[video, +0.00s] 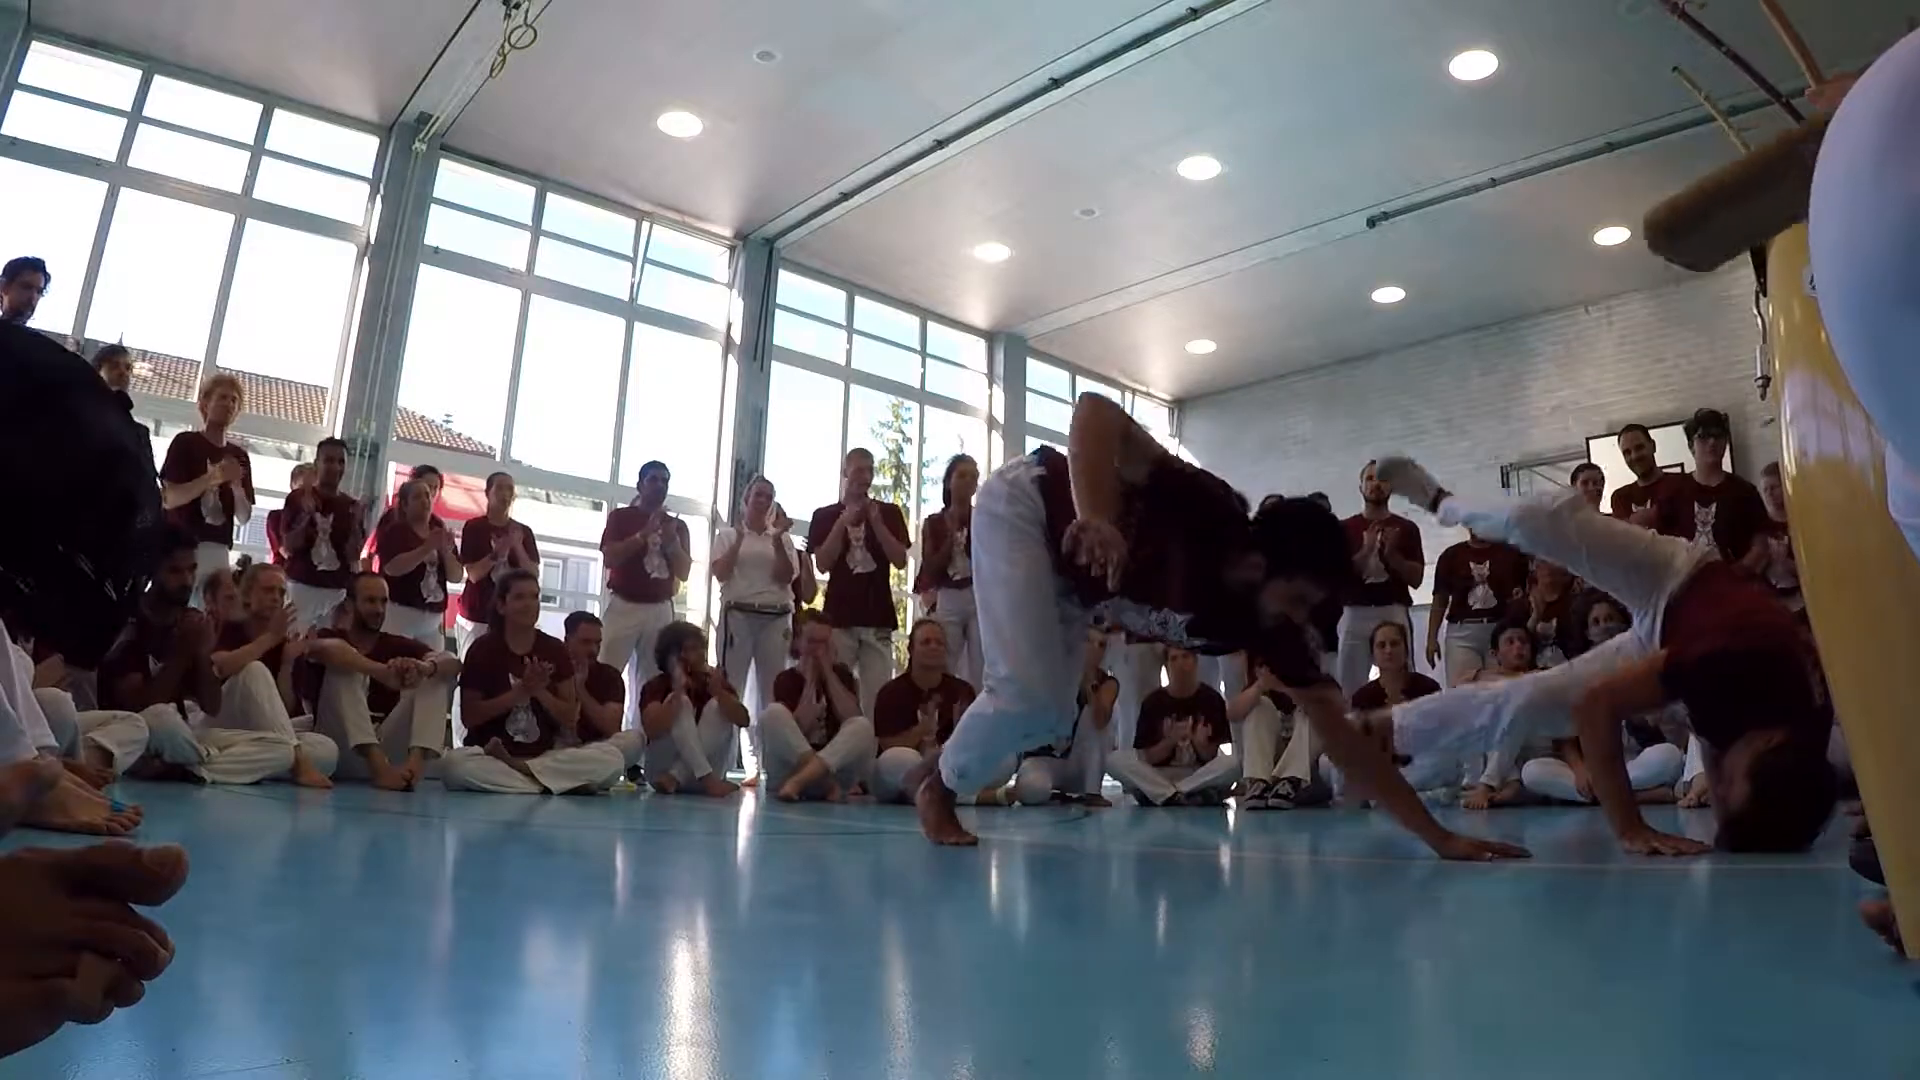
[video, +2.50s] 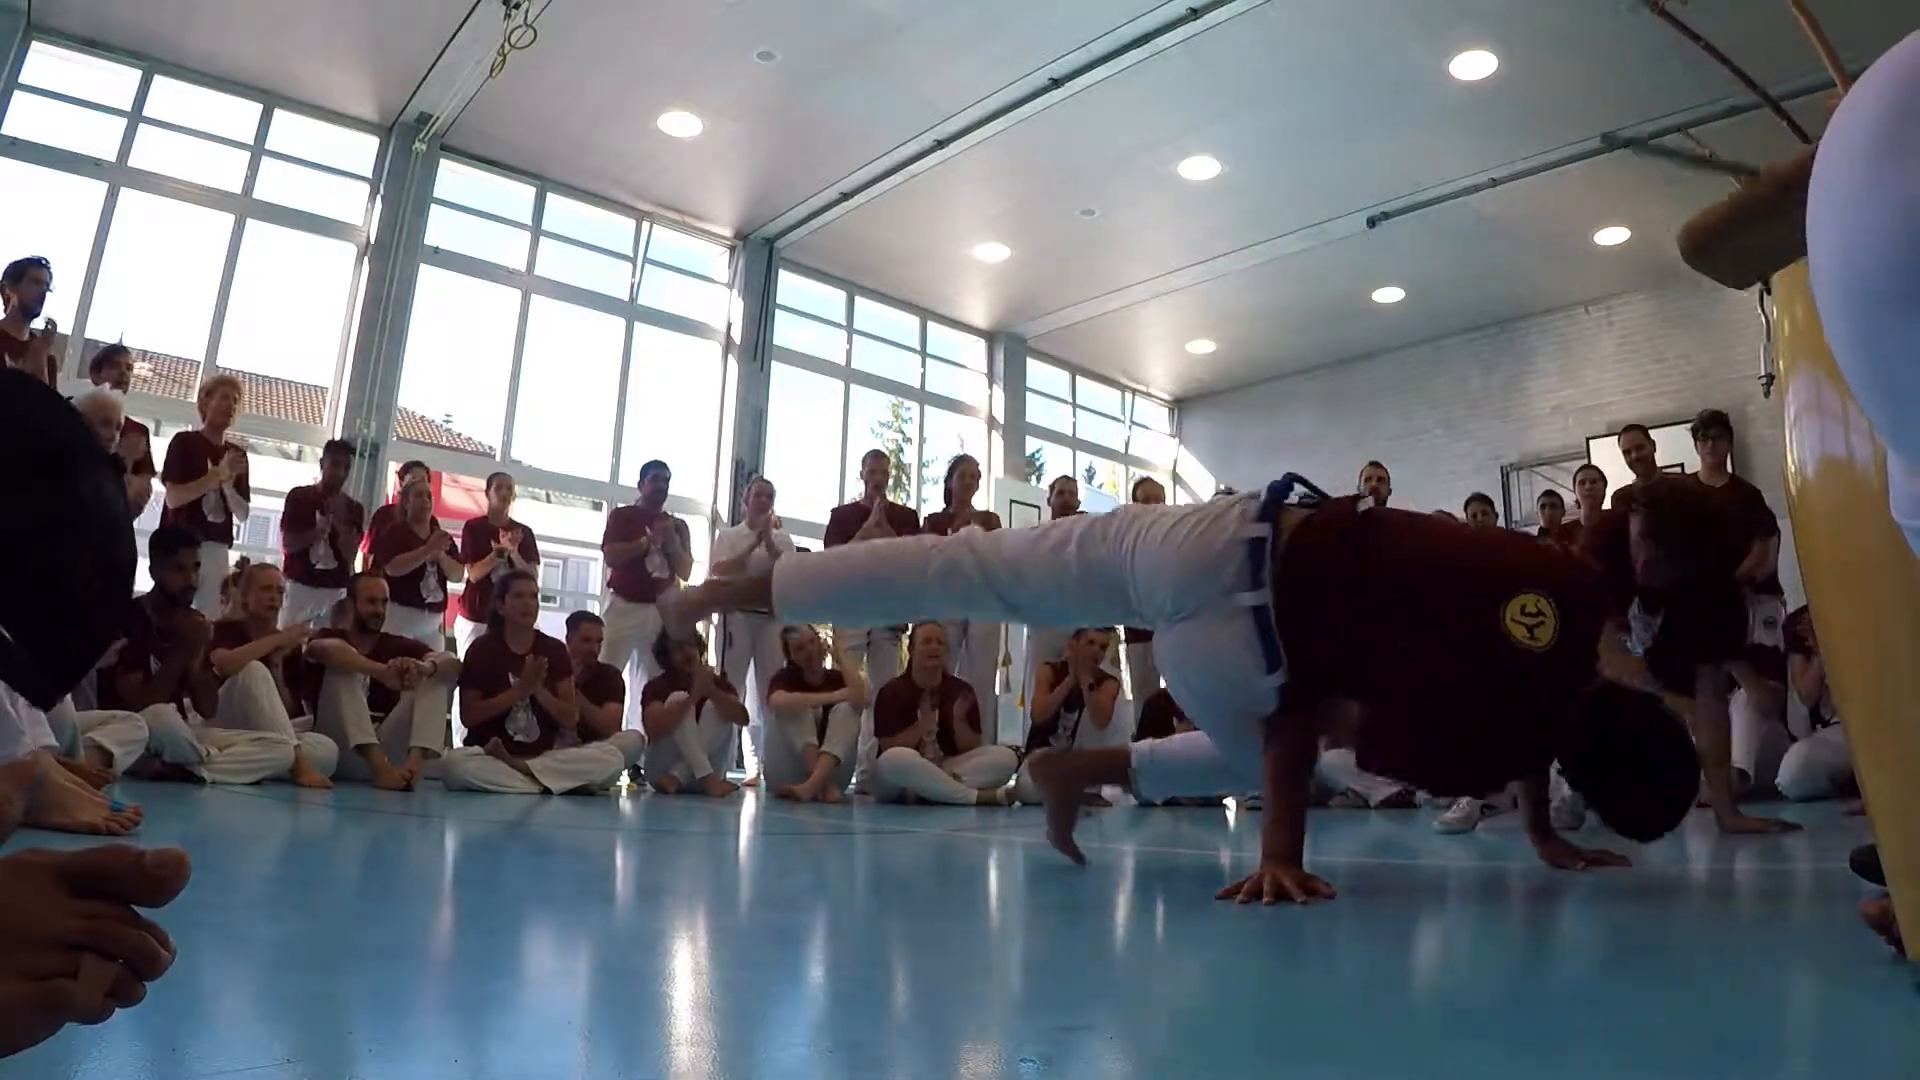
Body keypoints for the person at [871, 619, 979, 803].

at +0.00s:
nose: (933, 648)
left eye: (939, 643)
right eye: (925, 643)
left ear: (946, 650)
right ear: (910, 650)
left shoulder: (963, 691)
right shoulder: (891, 692)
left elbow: (972, 742)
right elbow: (886, 745)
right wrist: (921, 730)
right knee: (895, 758)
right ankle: (987, 797)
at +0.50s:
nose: (934, 647)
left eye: (939, 643)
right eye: (926, 643)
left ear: (946, 650)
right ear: (911, 651)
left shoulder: (962, 690)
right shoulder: (891, 693)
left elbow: (971, 743)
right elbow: (889, 748)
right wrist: (922, 729)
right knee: (895, 759)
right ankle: (976, 796)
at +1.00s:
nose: (934, 647)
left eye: (939, 642)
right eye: (926, 642)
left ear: (947, 650)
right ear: (911, 650)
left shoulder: (961, 690)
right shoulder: (891, 692)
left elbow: (972, 747)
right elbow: (886, 747)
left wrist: (951, 723)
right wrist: (925, 735)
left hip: (952, 769)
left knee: (1005, 757)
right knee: (895, 759)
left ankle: (932, 793)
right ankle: (975, 797)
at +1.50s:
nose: (933, 647)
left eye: (939, 642)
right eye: (926, 642)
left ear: (946, 650)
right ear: (911, 649)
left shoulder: (961, 690)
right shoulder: (891, 693)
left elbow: (972, 749)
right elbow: (885, 746)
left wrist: (960, 726)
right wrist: (923, 731)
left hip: (952, 767)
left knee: (1006, 758)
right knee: (894, 759)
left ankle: (932, 792)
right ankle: (975, 797)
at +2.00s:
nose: (934, 647)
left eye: (940, 643)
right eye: (926, 642)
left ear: (946, 651)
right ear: (911, 650)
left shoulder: (962, 690)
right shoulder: (891, 692)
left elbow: (972, 748)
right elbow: (887, 747)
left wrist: (958, 729)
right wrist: (922, 729)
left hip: (950, 767)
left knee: (1006, 758)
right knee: (895, 759)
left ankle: (934, 792)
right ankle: (974, 797)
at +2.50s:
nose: (934, 647)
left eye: (939, 643)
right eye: (926, 642)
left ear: (946, 651)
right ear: (911, 650)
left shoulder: (962, 690)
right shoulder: (891, 692)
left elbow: (971, 749)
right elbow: (886, 748)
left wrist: (959, 723)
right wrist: (920, 727)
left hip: (950, 768)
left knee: (1006, 758)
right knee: (895, 759)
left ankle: (932, 793)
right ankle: (974, 797)